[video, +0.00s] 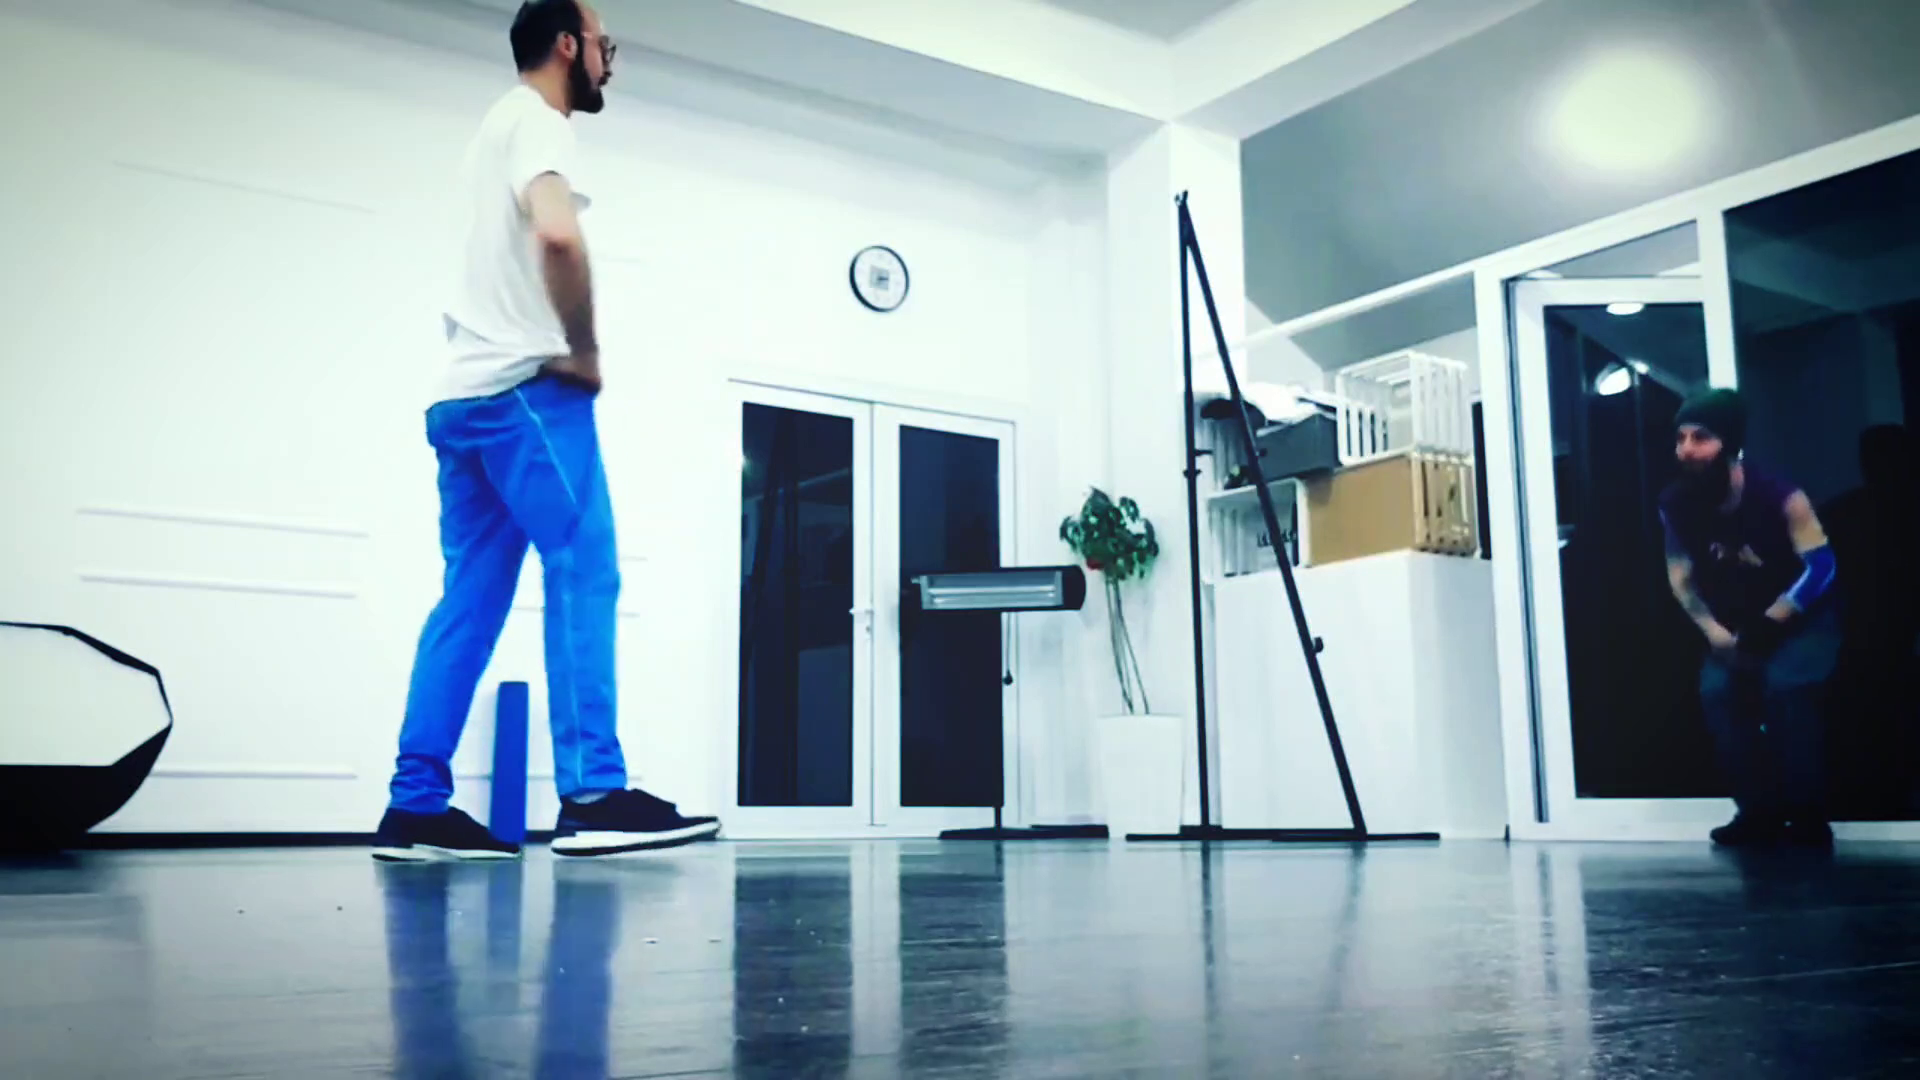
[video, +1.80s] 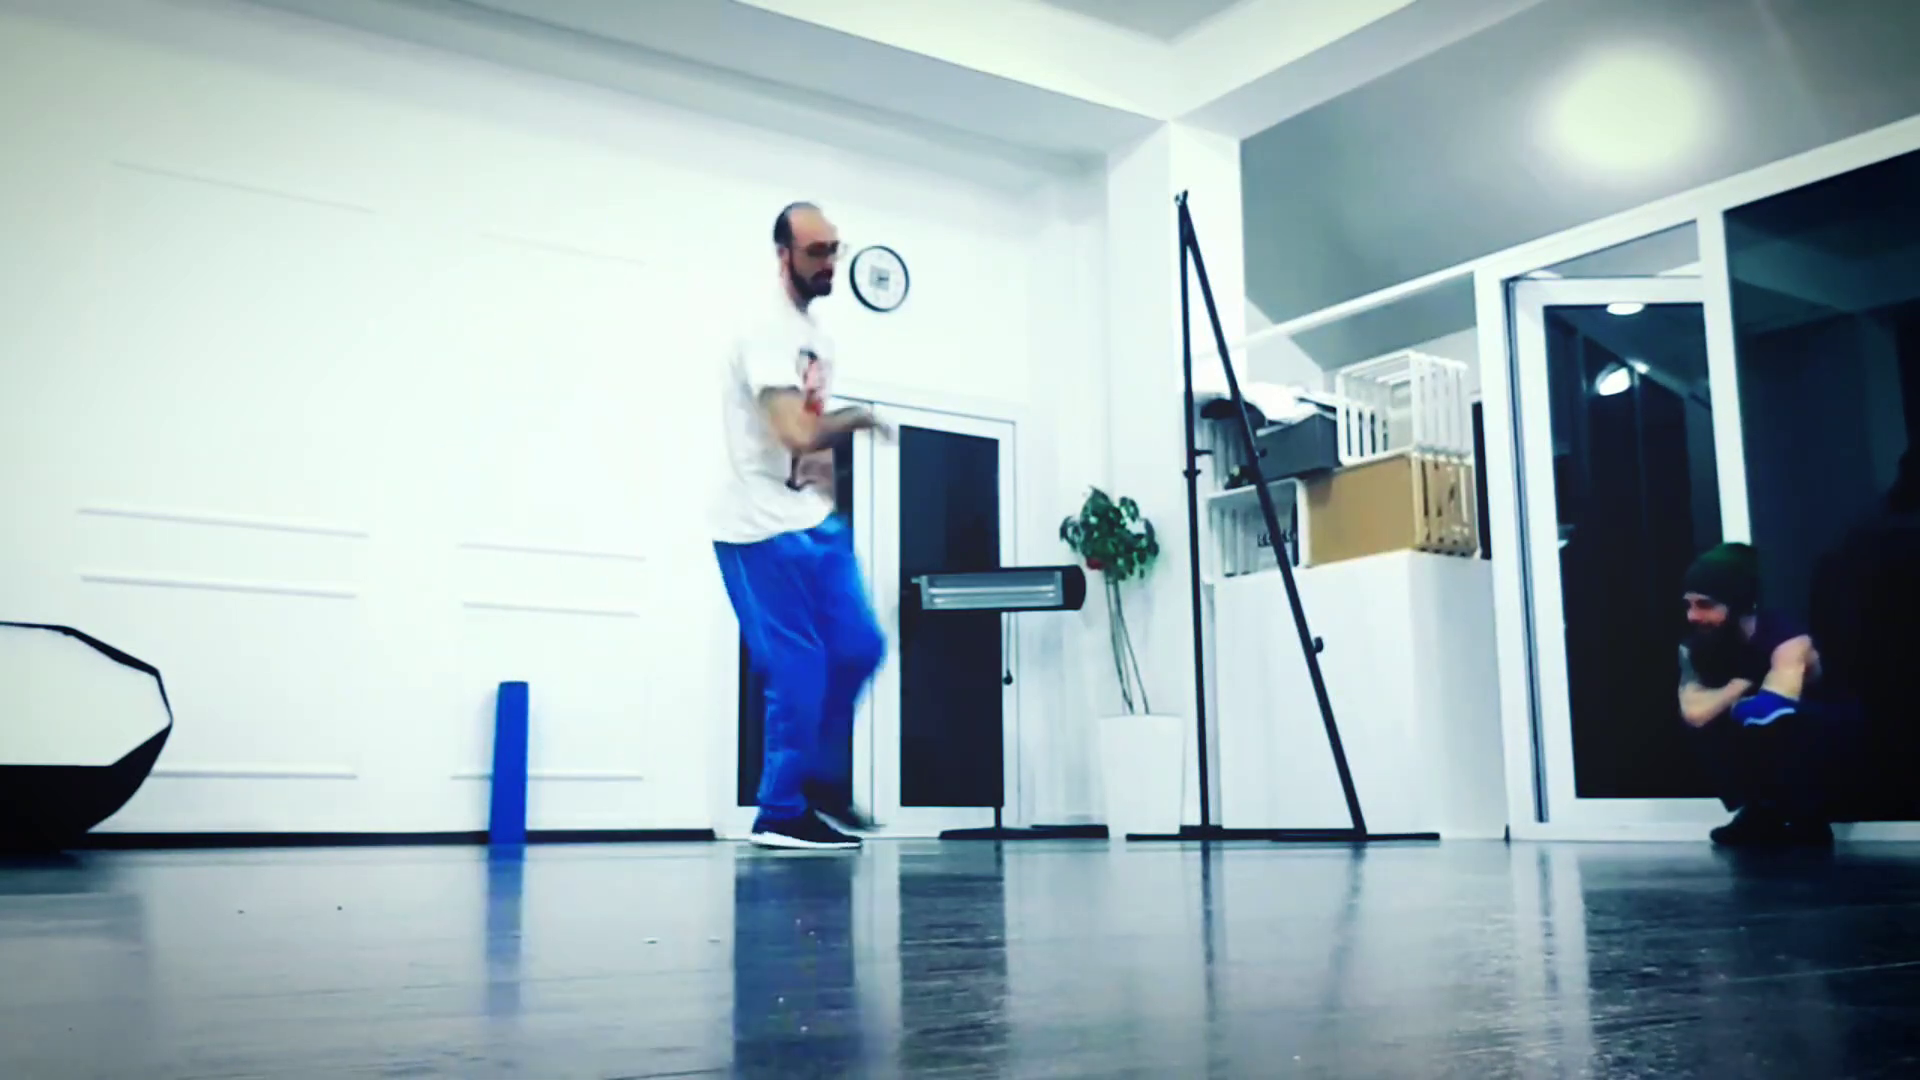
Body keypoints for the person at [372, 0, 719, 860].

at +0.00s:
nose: (607, 65)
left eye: (606, 49)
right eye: (602, 46)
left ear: (536, 50)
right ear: (569, 45)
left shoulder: (499, 126)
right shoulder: (534, 122)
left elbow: (487, 263)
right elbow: (558, 238)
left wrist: (529, 350)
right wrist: (584, 351)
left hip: (467, 401)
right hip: (529, 395)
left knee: (471, 600)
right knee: (586, 575)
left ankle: (416, 802)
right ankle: (595, 791)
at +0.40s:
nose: (637, 135)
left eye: (633, 124)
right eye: (635, 123)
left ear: (564, 125)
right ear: (619, 119)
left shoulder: (500, 199)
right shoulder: (618, 191)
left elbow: (448, 337)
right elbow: (622, 328)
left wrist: (508, 403)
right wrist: (640, 404)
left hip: (484, 421)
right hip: (575, 427)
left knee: (477, 605)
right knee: (578, 624)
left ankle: (427, 791)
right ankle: (582, 810)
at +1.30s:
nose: (721, 236)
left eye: (722, 223)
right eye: (718, 222)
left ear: (659, 217)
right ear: (692, 219)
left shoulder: (601, 278)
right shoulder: (700, 285)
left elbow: (571, 373)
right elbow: (712, 409)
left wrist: (616, 428)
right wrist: (665, 442)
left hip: (579, 474)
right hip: (657, 479)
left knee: (567, 647)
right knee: (690, 639)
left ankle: (538, 804)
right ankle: (622, 786)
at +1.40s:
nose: (744, 239)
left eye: (745, 227)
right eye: (738, 226)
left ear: (689, 223)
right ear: (704, 224)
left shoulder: (634, 275)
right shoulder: (717, 292)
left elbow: (646, 372)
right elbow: (718, 417)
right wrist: (673, 425)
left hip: (595, 478)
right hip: (668, 485)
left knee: (578, 646)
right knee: (706, 641)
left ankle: (539, 801)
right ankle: (711, 799)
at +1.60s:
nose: (798, 265)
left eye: (799, 253)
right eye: (791, 252)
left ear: (749, 254)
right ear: (751, 252)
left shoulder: (699, 312)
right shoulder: (751, 327)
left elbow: (699, 429)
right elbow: (760, 451)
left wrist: (761, 436)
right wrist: (785, 445)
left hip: (665, 515)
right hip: (721, 522)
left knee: (657, 661)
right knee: (766, 660)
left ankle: (565, 767)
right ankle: (775, 810)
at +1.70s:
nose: (817, 272)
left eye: (819, 261)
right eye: (807, 261)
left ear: (769, 267)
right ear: (769, 263)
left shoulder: (744, 329)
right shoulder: (764, 336)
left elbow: (762, 444)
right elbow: (787, 452)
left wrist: (797, 449)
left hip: (726, 526)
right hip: (752, 528)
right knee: (804, 661)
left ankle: (659, 746)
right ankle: (780, 811)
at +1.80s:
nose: (831, 263)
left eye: (834, 251)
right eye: (817, 252)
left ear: (832, 252)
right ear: (784, 256)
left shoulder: (817, 330)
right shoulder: (765, 325)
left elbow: (812, 426)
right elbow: (795, 433)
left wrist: (823, 466)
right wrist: (855, 417)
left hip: (811, 521)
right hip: (758, 523)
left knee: (858, 646)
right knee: (798, 662)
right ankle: (781, 813)